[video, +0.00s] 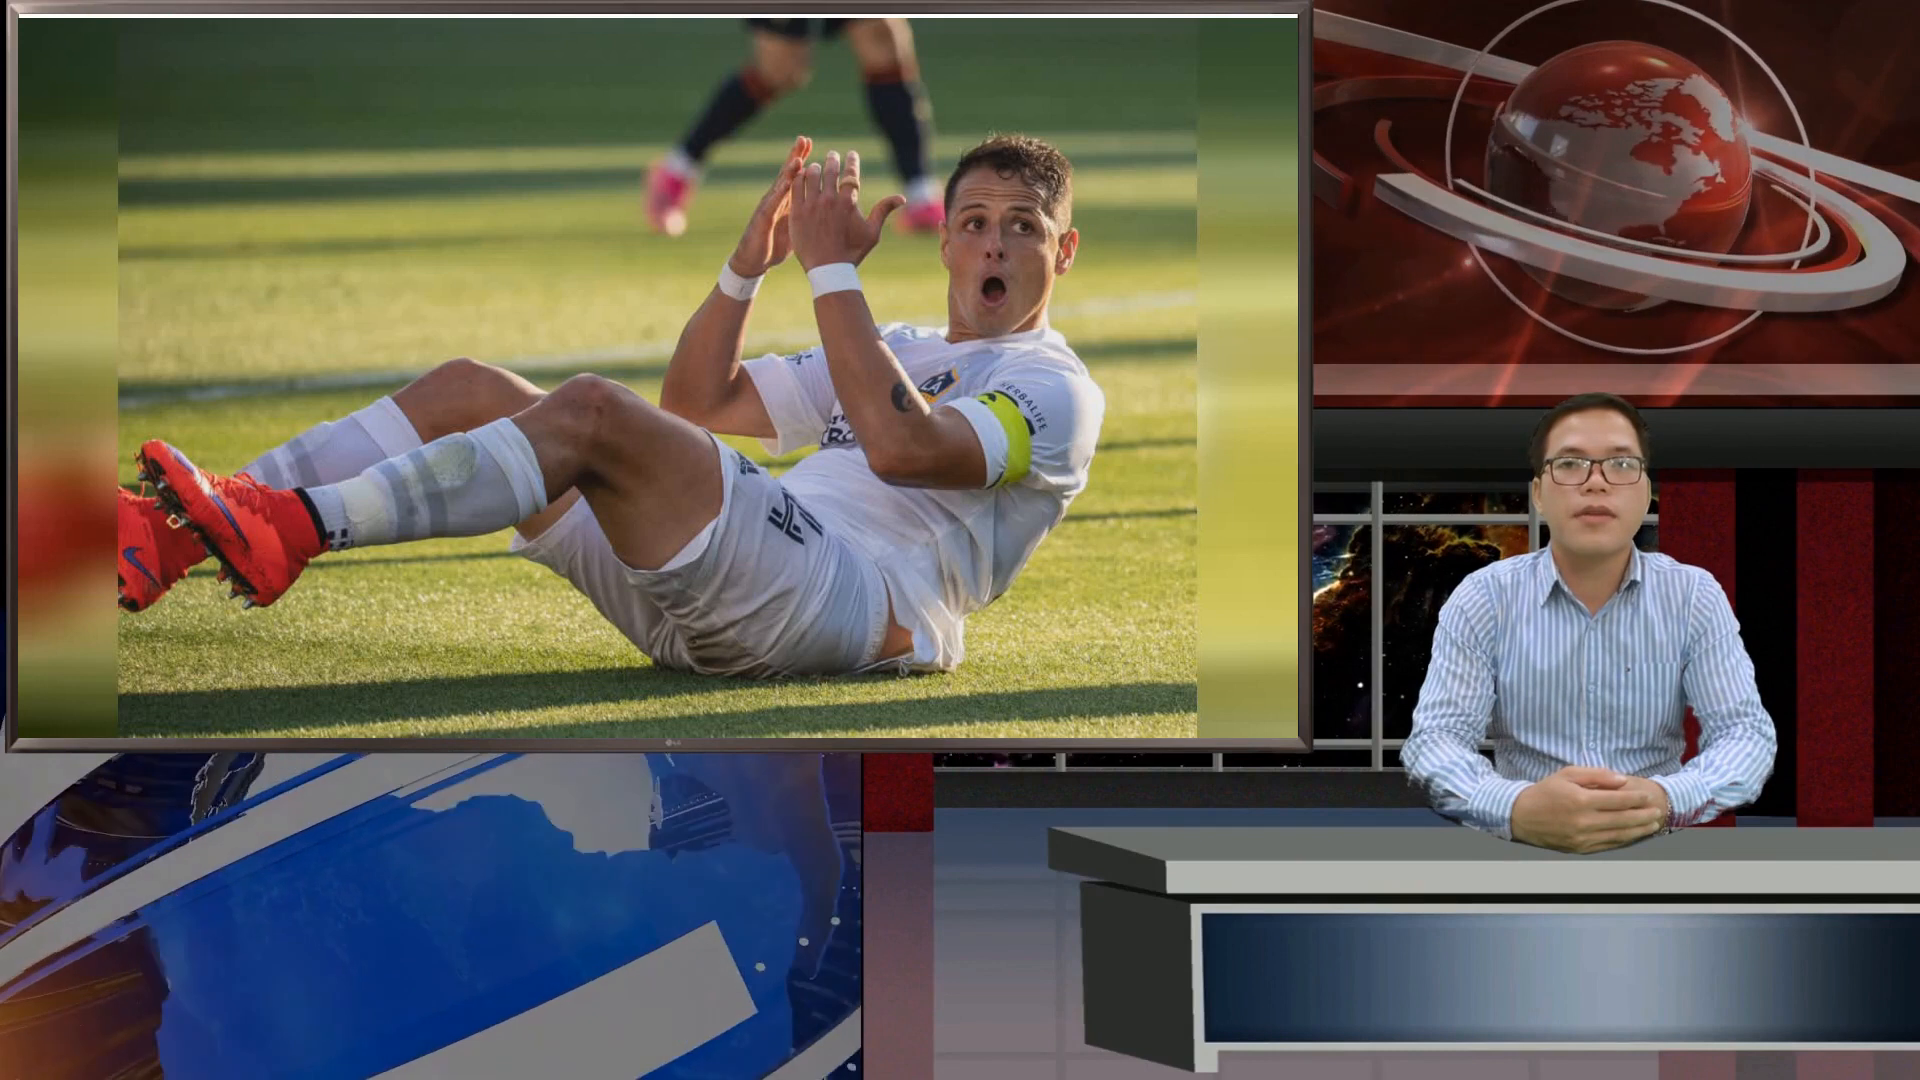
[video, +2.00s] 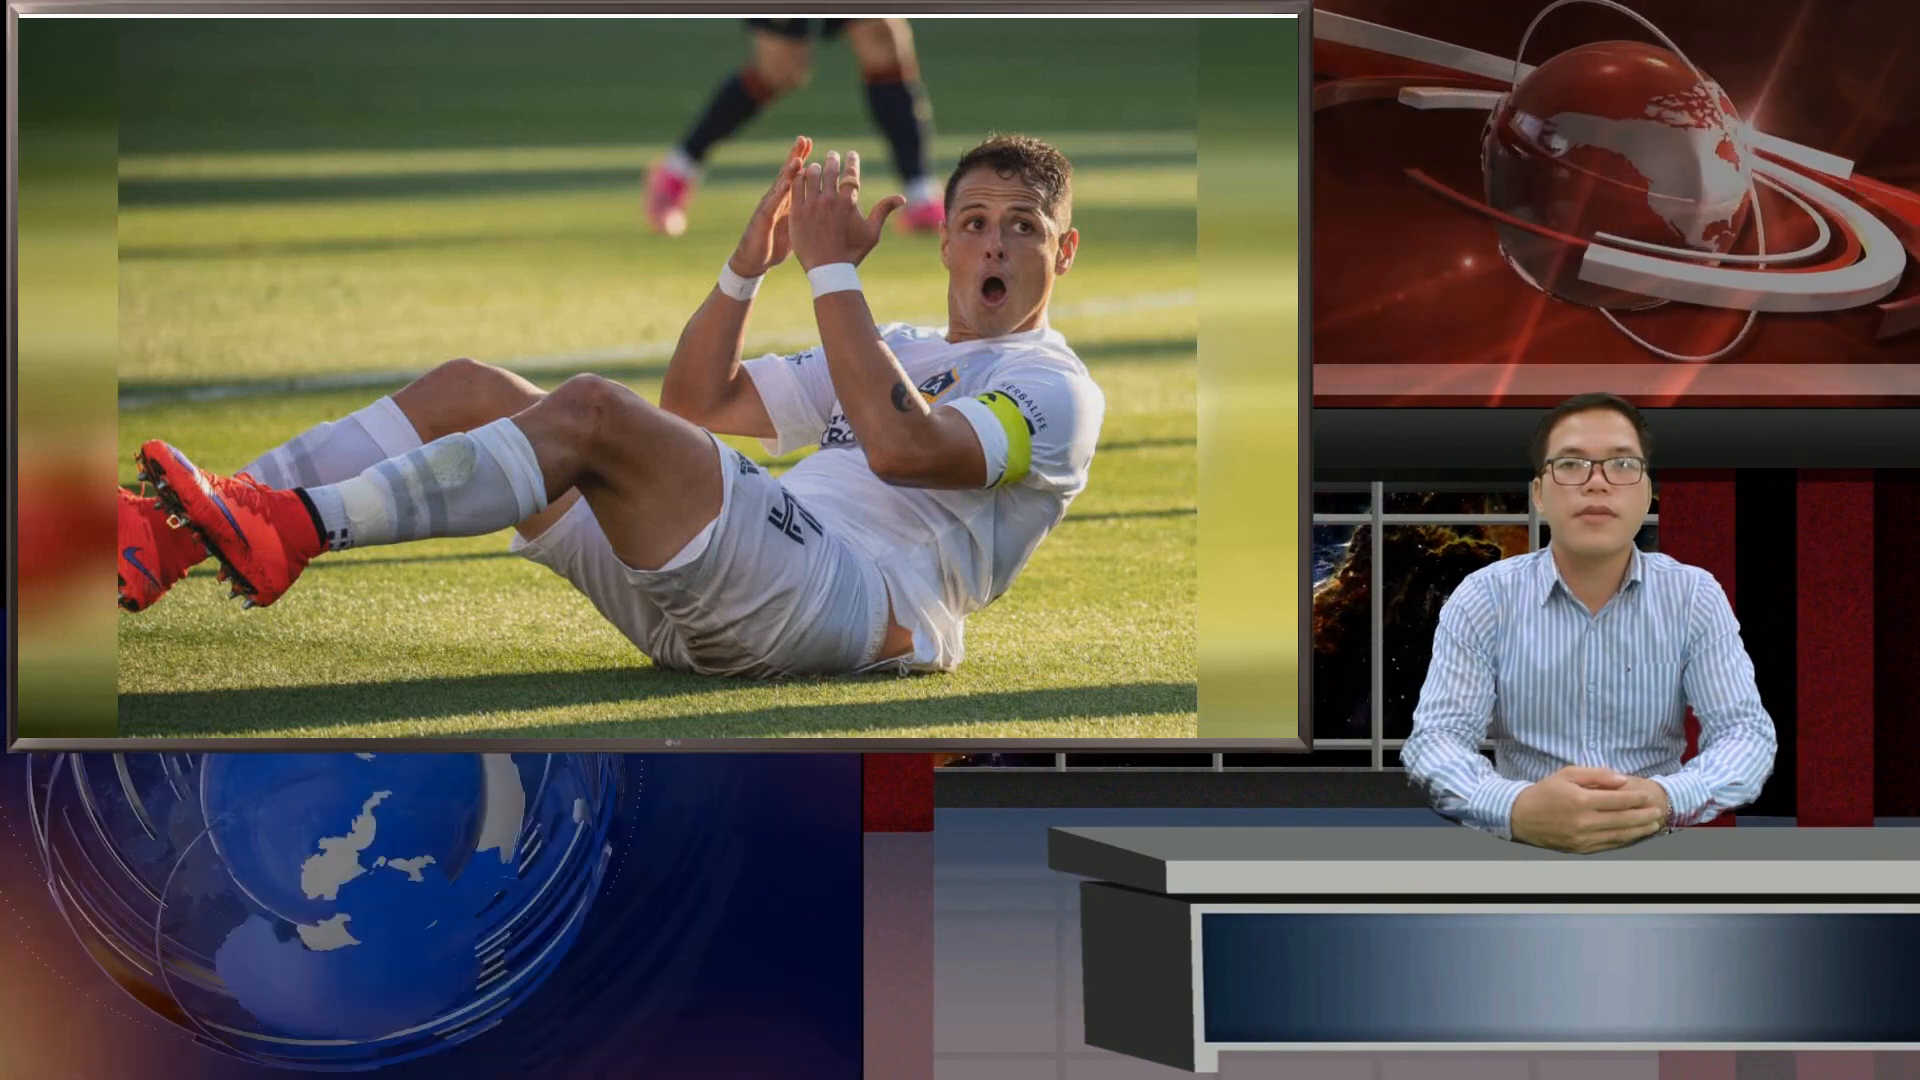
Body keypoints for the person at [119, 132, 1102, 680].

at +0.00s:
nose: (996, 245)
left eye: (1023, 229)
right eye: (976, 223)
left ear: (1066, 257)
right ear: (943, 241)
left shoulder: (1056, 389)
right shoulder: (892, 358)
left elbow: (901, 447)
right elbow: (695, 405)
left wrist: (833, 268)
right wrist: (746, 269)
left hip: (840, 604)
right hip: (732, 572)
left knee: (593, 413)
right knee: (468, 389)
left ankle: (300, 524)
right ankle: (175, 541)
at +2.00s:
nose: (995, 246)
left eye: (1022, 230)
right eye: (975, 224)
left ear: (1065, 257)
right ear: (942, 242)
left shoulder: (1054, 389)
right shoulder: (893, 358)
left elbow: (901, 447)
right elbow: (695, 404)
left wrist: (834, 270)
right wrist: (746, 270)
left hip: (842, 602)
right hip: (735, 572)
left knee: (592, 413)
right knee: (468, 389)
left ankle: (300, 524)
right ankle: (174, 542)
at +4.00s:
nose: (994, 246)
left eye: (1022, 230)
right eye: (974, 224)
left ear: (1065, 257)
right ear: (942, 242)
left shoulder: (1055, 389)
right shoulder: (893, 358)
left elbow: (902, 447)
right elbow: (695, 404)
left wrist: (833, 270)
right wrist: (746, 270)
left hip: (841, 602)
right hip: (734, 572)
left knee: (592, 413)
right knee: (468, 389)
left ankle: (299, 524)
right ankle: (173, 542)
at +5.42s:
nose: (994, 246)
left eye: (1021, 230)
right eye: (974, 224)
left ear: (1065, 256)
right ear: (942, 242)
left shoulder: (1055, 388)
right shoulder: (893, 359)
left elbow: (903, 448)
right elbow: (695, 405)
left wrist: (833, 270)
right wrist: (747, 269)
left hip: (840, 603)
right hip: (731, 573)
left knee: (593, 412)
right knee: (467, 388)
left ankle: (300, 524)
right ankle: (179, 539)